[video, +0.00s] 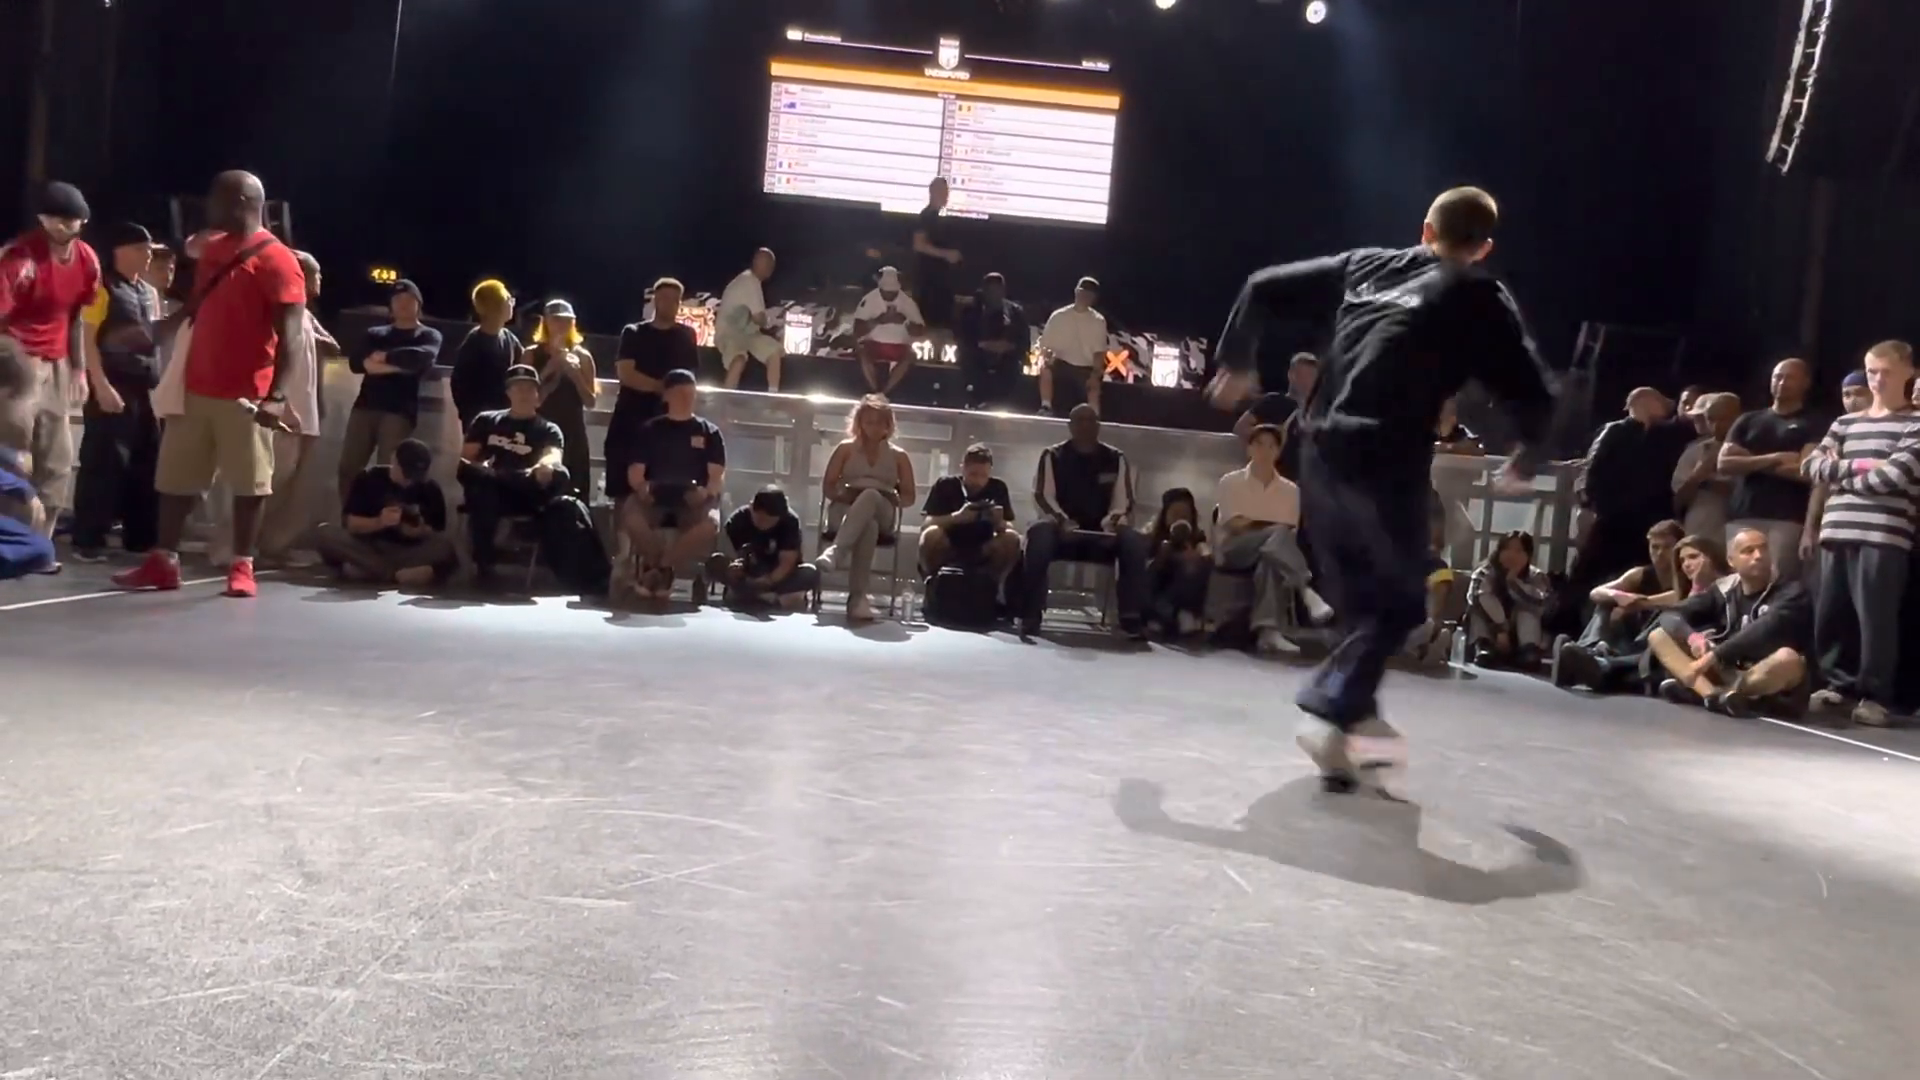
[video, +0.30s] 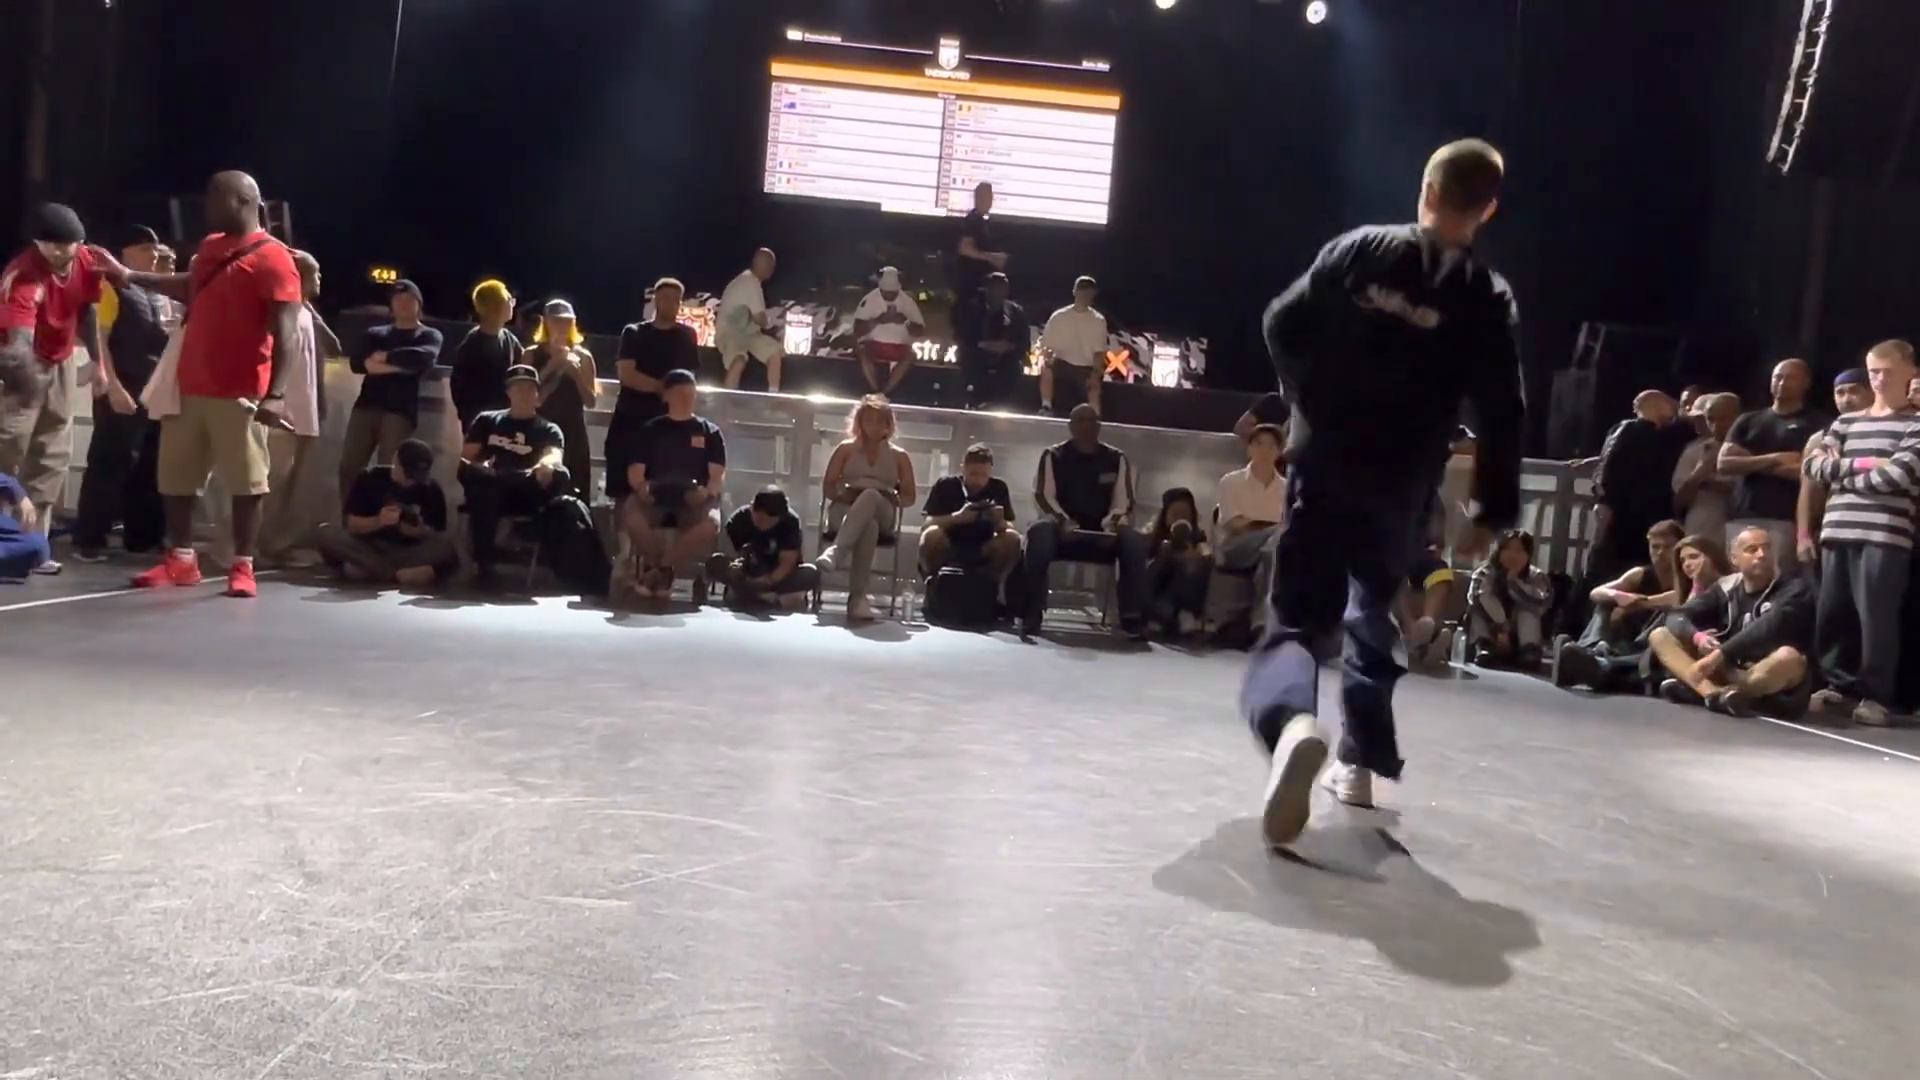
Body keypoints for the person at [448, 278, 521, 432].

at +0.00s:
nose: (512, 302)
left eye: (510, 298)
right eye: (507, 299)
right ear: (493, 307)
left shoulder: (511, 340)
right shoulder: (472, 345)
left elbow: (517, 377)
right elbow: (458, 382)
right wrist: (468, 415)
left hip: (505, 415)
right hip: (476, 418)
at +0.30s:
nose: (513, 302)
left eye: (511, 298)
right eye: (508, 299)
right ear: (494, 307)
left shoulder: (510, 340)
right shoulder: (470, 346)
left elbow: (519, 374)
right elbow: (457, 382)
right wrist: (467, 416)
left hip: (506, 414)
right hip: (476, 418)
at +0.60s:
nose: (511, 302)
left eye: (509, 298)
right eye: (506, 299)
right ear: (494, 307)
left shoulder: (510, 341)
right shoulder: (468, 347)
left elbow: (518, 378)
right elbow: (456, 384)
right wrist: (466, 418)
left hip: (505, 417)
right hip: (474, 420)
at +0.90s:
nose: (514, 305)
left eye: (512, 300)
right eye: (509, 301)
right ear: (489, 308)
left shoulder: (512, 342)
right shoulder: (467, 345)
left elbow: (519, 377)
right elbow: (453, 382)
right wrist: (465, 417)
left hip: (505, 415)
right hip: (472, 417)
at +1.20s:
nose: (510, 310)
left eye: (512, 304)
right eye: (504, 304)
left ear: (514, 308)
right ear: (485, 306)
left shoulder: (516, 341)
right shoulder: (465, 342)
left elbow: (524, 379)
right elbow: (451, 380)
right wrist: (464, 414)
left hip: (508, 415)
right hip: (472, 415)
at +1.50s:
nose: (505, 312)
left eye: (509, 306)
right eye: (499, 305)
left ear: (514, 310)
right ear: (485, 307)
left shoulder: (520, 343)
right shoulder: (463, 343)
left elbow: (526, 380)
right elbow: (454, 379)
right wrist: (464, 413)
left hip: (508, 421)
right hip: (470, 420)